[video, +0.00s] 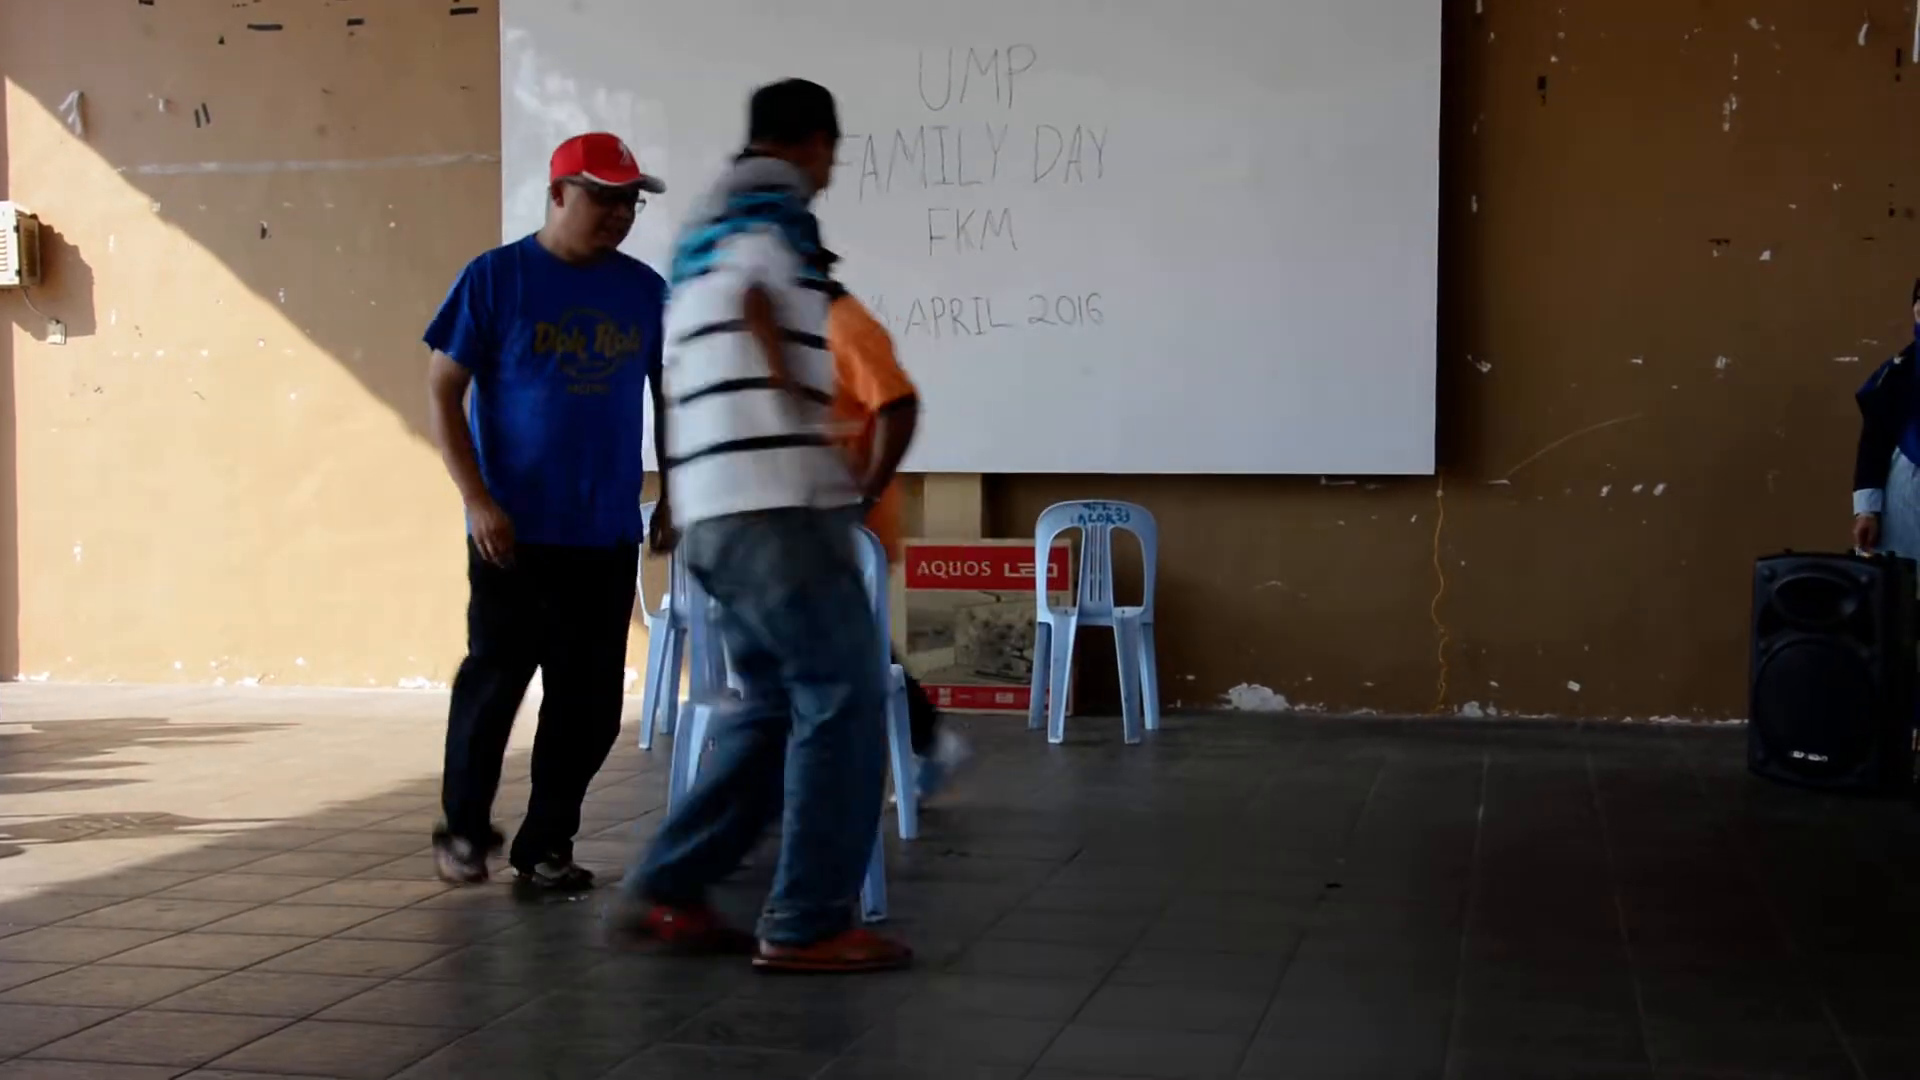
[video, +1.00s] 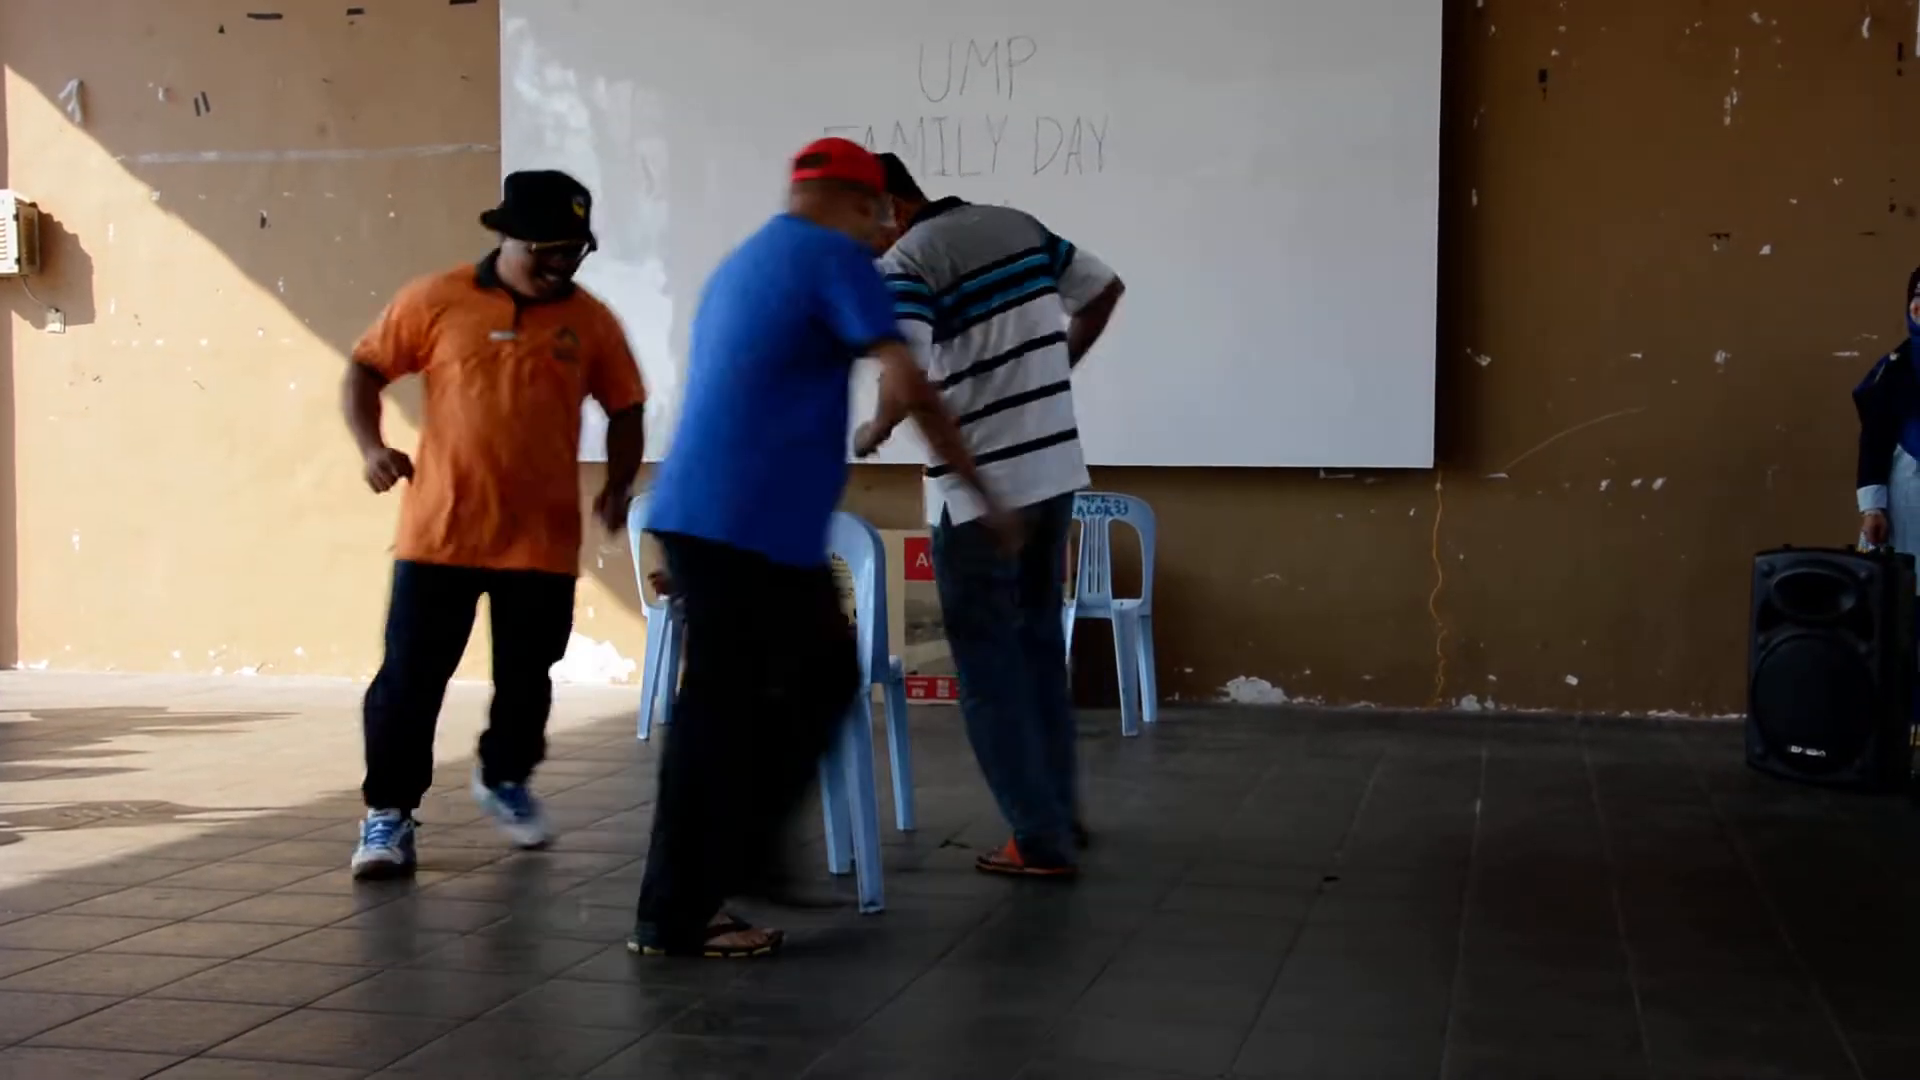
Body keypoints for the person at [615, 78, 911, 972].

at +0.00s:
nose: (834, 166)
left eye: (834, 151)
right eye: (832, 150)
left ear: (755, 141)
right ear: (812, 144)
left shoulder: (702, 239)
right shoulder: (780, 218)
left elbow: (690, 381)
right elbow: (755, 308)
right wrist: (821, 431)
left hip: (709, 516)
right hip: (773, 509)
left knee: (769, 701)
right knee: (845, 697)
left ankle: (667, 888)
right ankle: (808, 921)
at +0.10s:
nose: (865, 168)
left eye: (859, 156)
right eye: (864, 156)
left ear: (786, 147)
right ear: (854, 148)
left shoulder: (724, 232)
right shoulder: (838, 188)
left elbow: (670, 370)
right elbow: (863, 307)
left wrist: (717, 466)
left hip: (764, 498)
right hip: (825, 491)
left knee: (877, 680)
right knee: (868, 696)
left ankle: (774, 857)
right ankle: (808, 921)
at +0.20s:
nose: (896, 160)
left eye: (886, 149)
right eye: (894, 149)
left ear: (814, 150)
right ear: (887, 143)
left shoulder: (755, 226)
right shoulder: (895, 179)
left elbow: (673, 339)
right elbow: (950, 300)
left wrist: (725, 459)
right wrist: (994, 341)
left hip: (806, 489)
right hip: (879, 479)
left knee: (927, 678)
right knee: (895, 681)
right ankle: (819, 900)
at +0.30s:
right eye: (911, 154)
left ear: (836, 162)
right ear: (917, 152)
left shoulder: (787, 228)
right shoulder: (942, 190)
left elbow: (727, 342)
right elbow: (995, 305)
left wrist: (772, 452)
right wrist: (992, 362)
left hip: (843, 496)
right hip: (933, 479)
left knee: (927, 696)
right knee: (985, 677)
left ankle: (961, 897)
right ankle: (877, 840)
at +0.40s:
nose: (856, 183)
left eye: (854, 171)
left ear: (860, 173)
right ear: (936, 162)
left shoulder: (822, 241)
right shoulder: (981, 207)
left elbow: (795, 381)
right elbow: (1035, 325)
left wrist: (848, 447)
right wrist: (1018, 415)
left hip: (878, 509)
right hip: (979, 495)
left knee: (939, 705)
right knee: (1038, 663)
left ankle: (958, 898)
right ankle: (993, 826)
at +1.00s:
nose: (867, 241)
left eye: (864, 225)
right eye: (861, 228)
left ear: (888, 206)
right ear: (920, 194)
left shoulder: (907, 259)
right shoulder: (1018, 224)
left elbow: (910, 378)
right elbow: (1102, 288)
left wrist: (876, 425)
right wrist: (1056, 365)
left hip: (978, 493)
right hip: (1054, 475)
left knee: (987, 661)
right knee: (1039, 646)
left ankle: (1040, 840)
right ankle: (1060, 819)